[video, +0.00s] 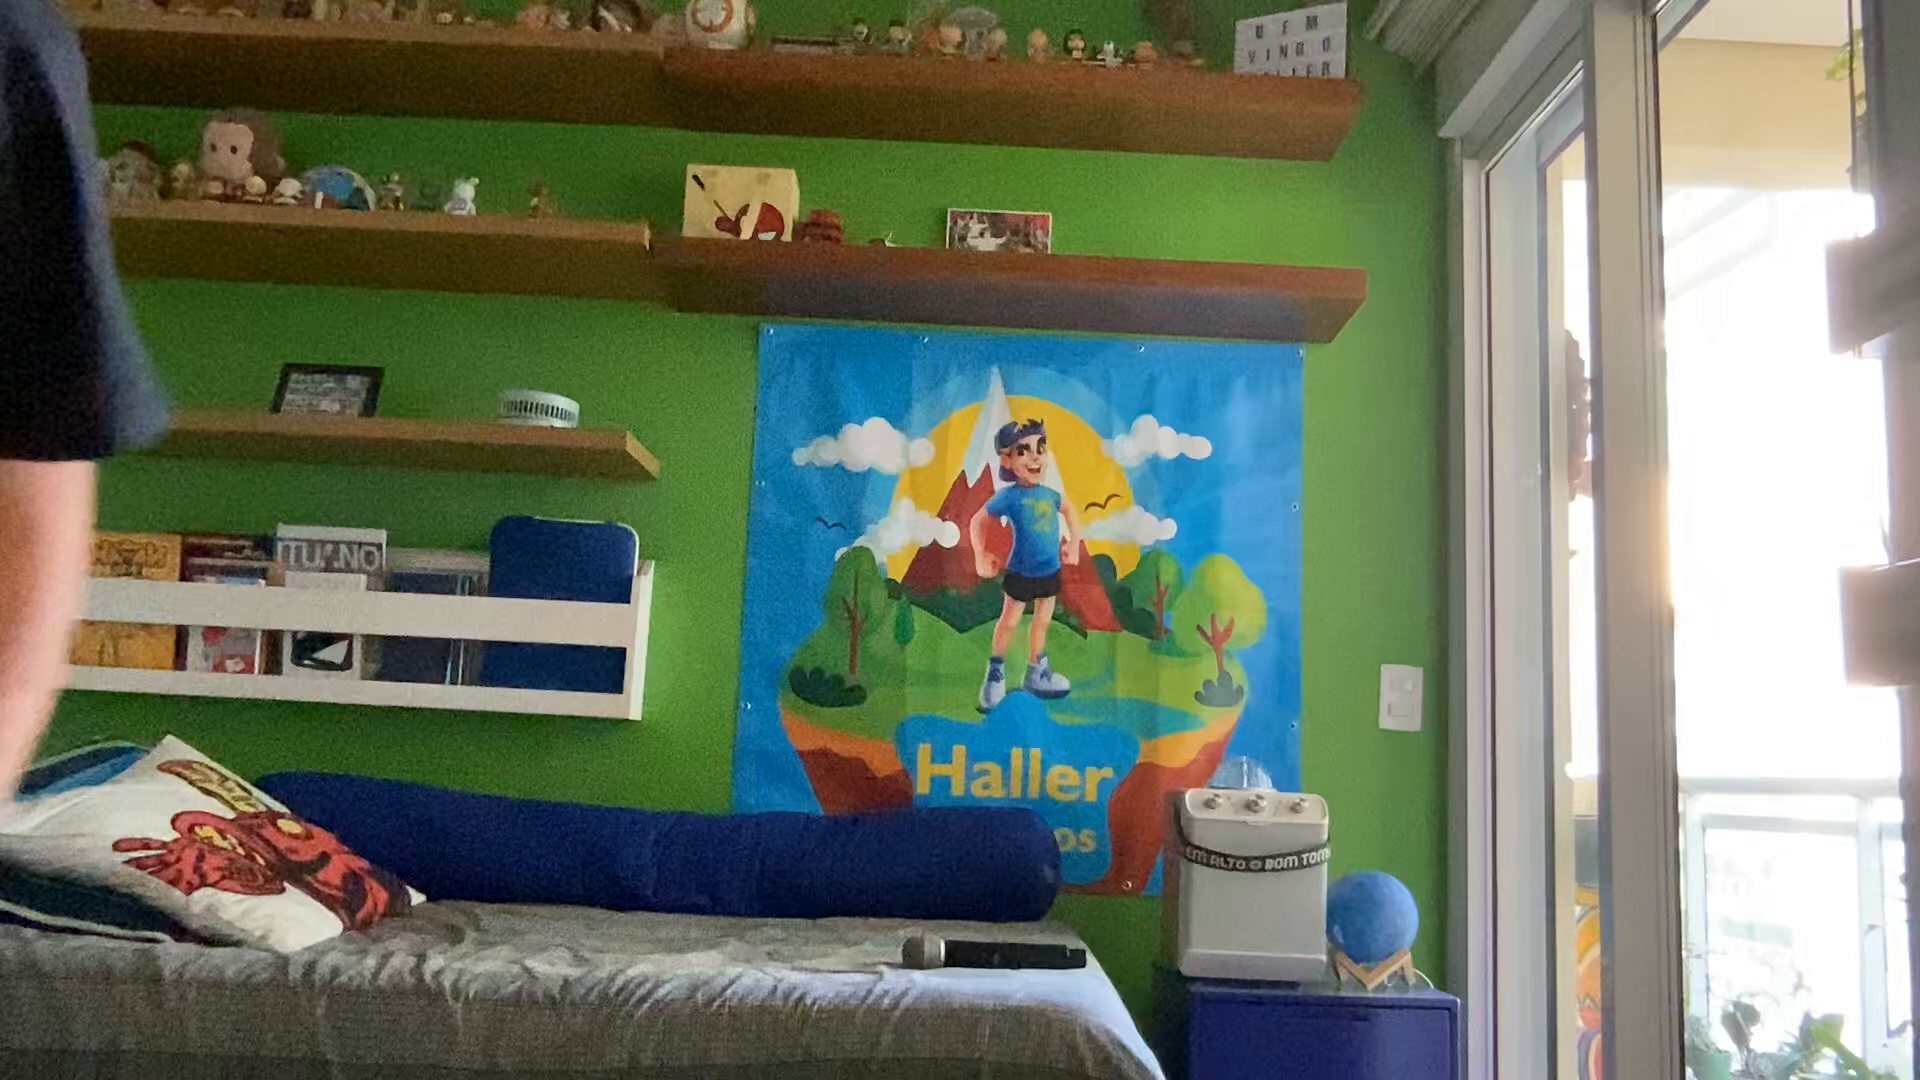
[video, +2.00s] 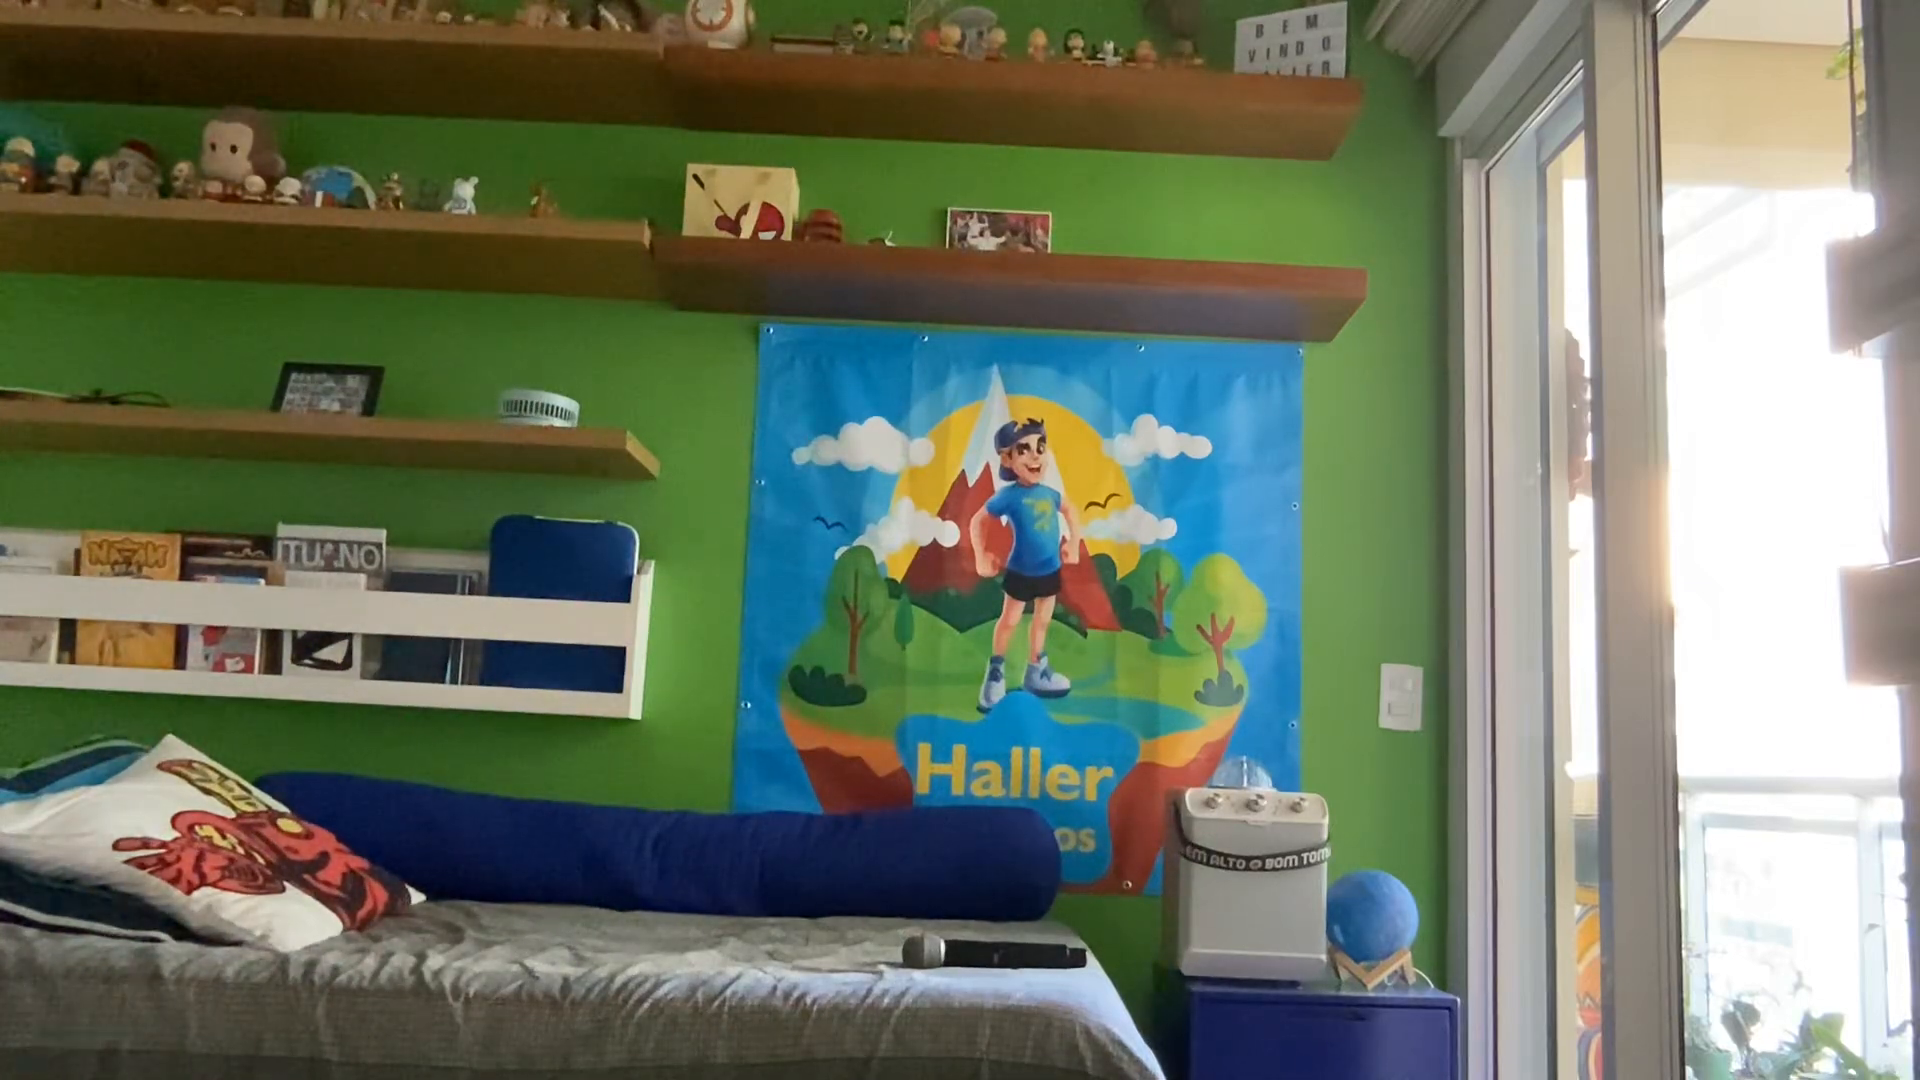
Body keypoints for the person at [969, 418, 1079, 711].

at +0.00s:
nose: (1034, 458)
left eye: (1040, 450)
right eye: (1024, 451)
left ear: (1047, 456)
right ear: (1007, 461)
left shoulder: (1050, 495)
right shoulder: (1007, 496)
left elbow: (1069, 511)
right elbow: (977, 521)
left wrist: (1074, 542)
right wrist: (980, 555)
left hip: (1049, 571)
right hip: (1020, 572)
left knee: (1043, 619)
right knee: (1009, 620)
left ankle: (1037, 671)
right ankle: (995, 672)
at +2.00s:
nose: (1034, 458)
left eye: (1040, 449)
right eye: (1024, 450)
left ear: (1046, 455)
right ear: (1008, 459)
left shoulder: (1050, 494)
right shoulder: (1007, 496)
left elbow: (1071, 513)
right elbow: (977, 521)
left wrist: (1074, 543)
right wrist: (980, 555)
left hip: (1049, 570)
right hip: (1020, 572)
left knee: (1043, 618)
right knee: (1010, 619)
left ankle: (1036, 670)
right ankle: (996, 671)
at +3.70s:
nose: (1034, 458)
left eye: (1040, 449)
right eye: (1024, 450)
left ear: (1047, 454)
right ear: (1008, 460)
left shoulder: (1050, 494)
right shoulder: (1008, 496)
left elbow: (1070, 512)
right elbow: (977, 520)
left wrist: (1074, 542)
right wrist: (980, 555)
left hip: (1049, 570)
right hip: (1020, 572)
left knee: (1043, 618)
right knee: (1010, 619)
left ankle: (1036, 670)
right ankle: (996, 671)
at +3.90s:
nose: (1034, 458)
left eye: (1039, 449)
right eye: (1024, 451)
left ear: (1047, 454)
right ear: (1008, 460)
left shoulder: (1050, 494)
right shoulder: (1008, 496)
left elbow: (1070, 512)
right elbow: (977, 520)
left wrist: (1074, 542)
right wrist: (980, 556)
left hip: (1049, 570)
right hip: (1020, 572)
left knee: (1043, 619)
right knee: (1010, 620)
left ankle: (1037, 670)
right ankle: (996, 671)